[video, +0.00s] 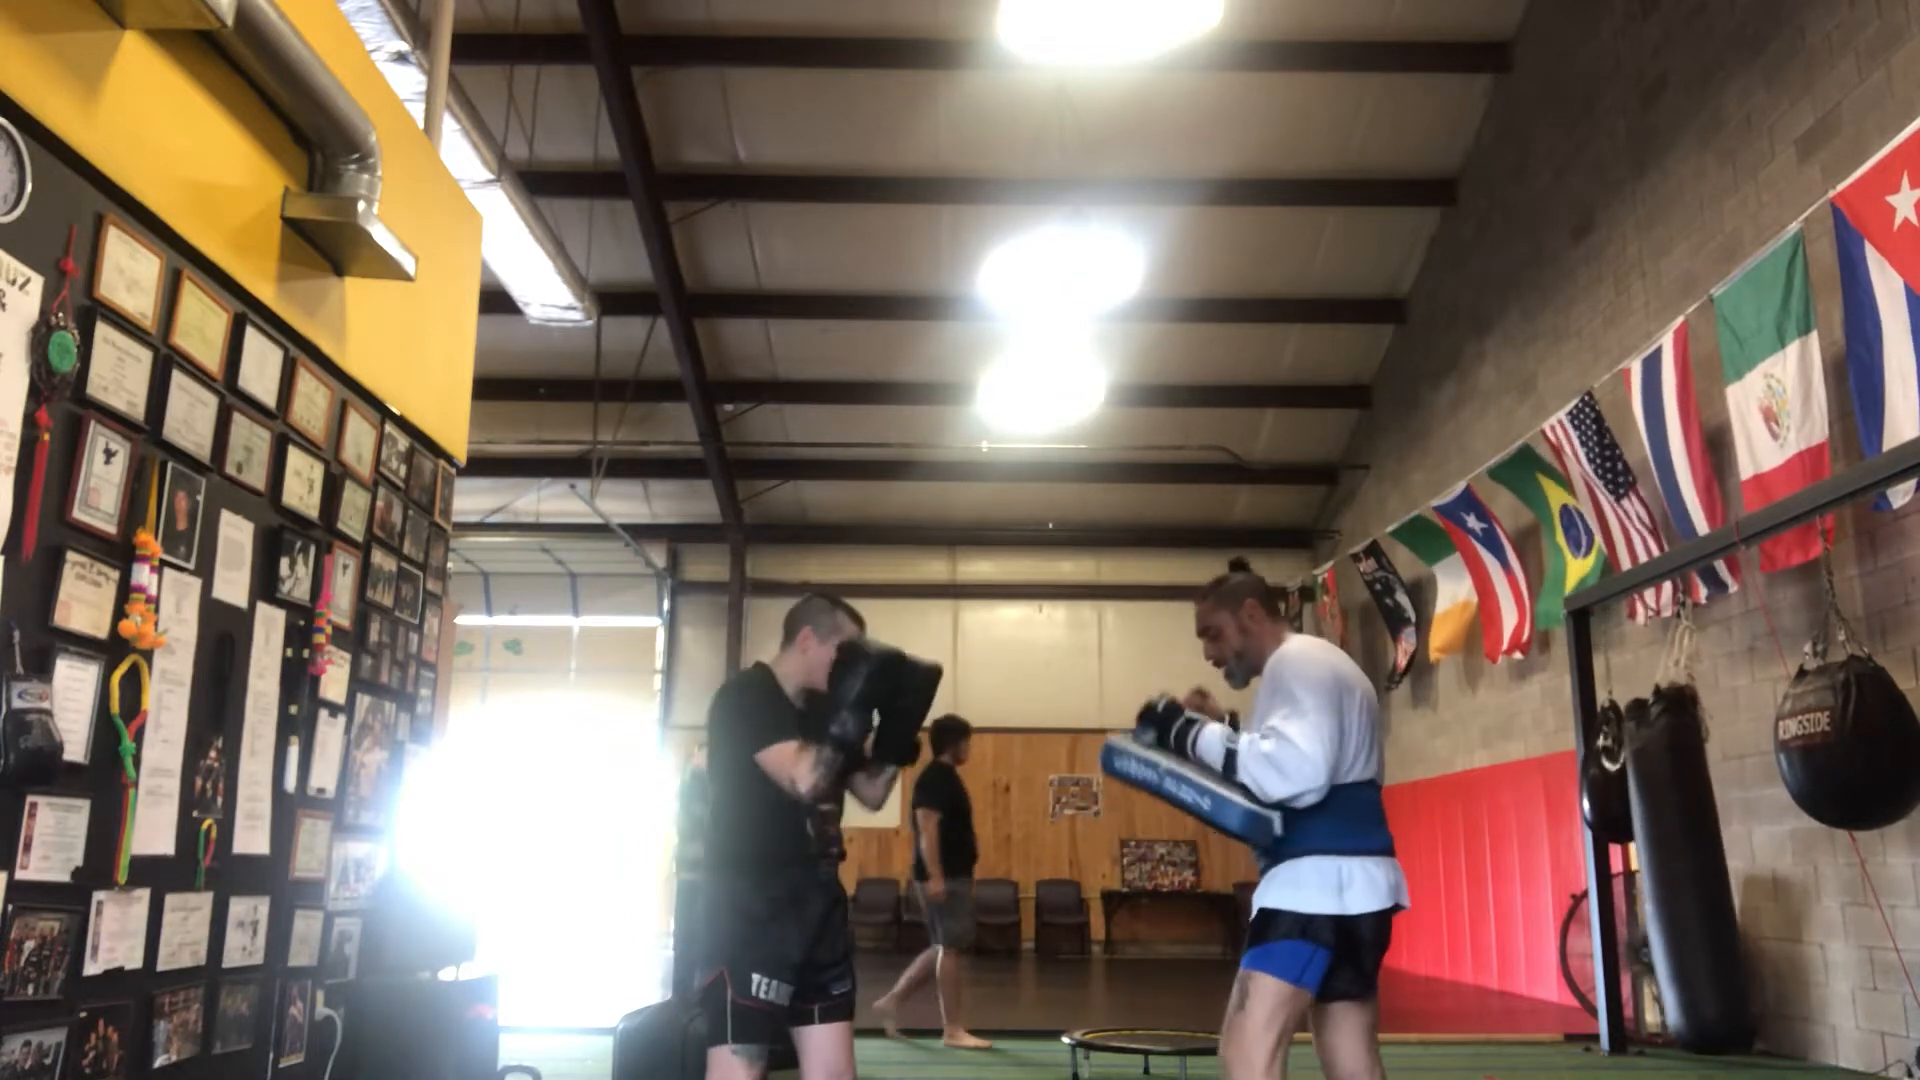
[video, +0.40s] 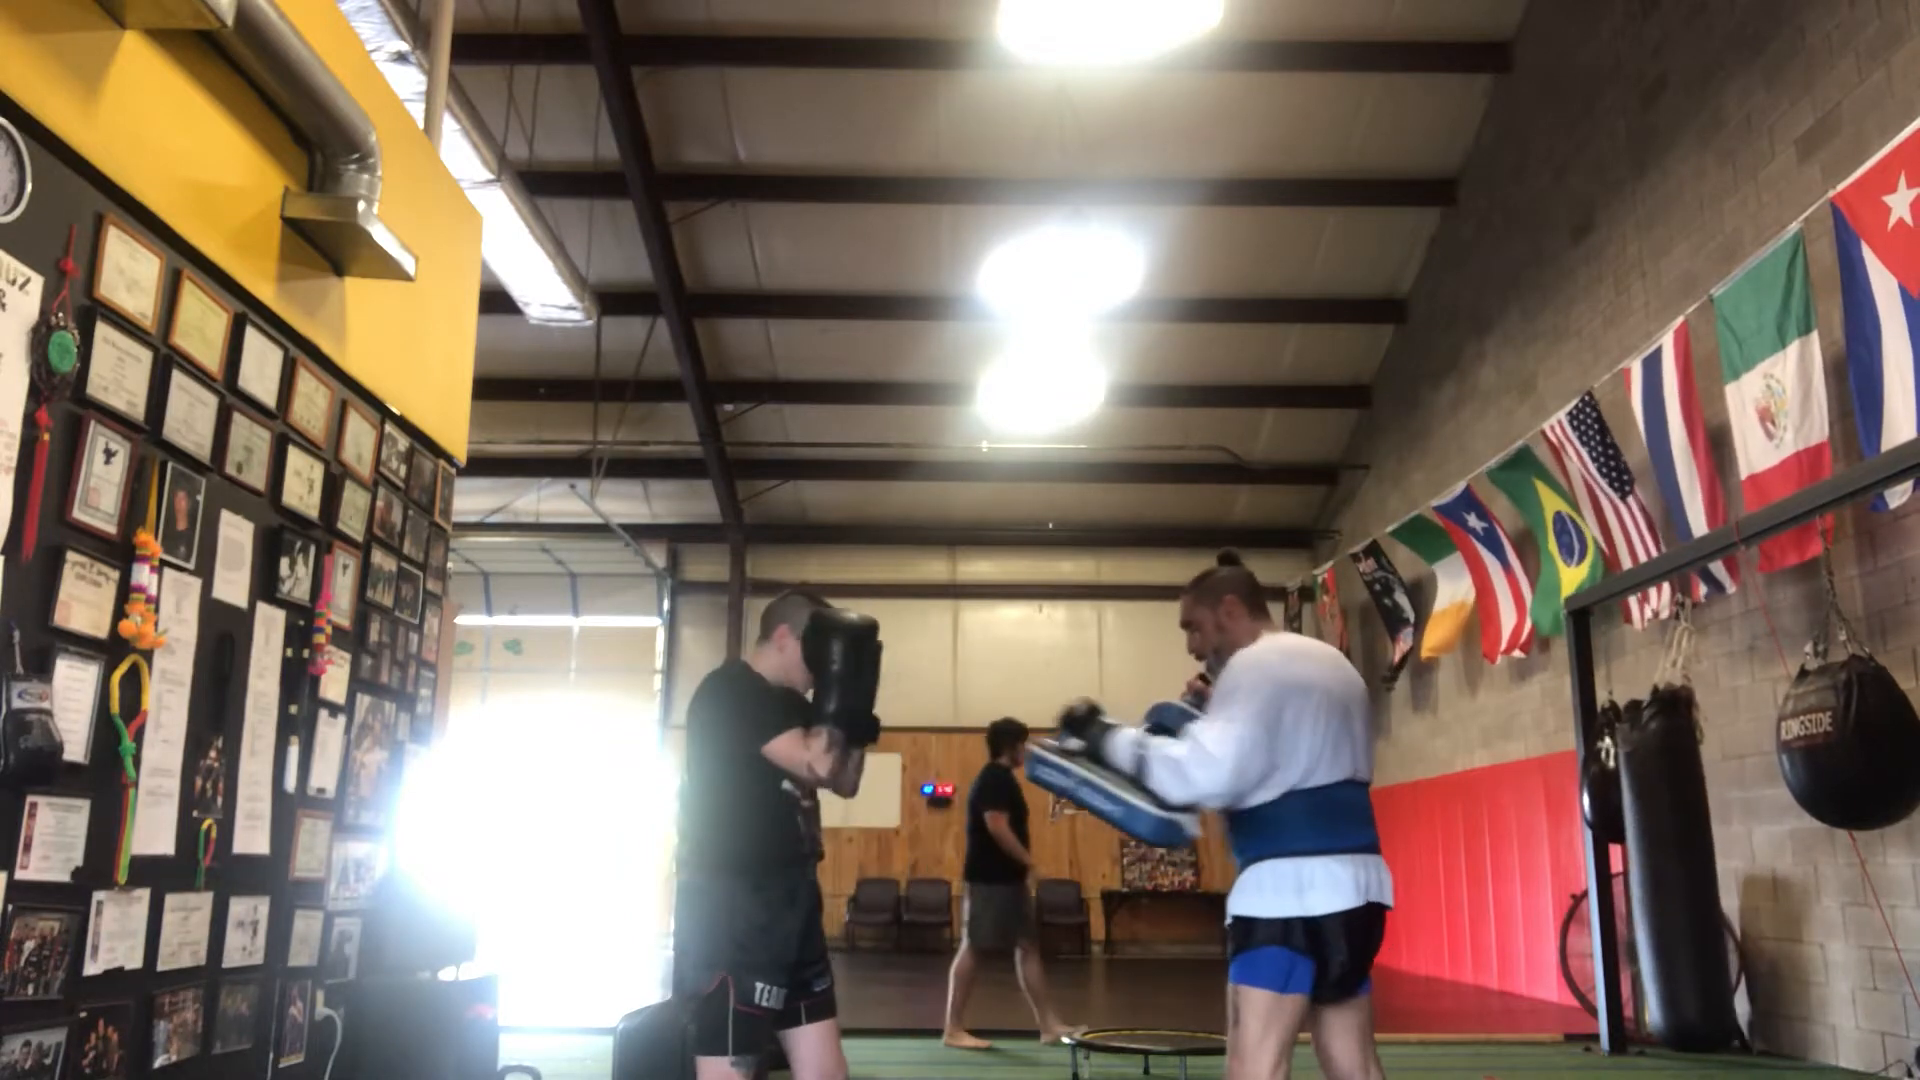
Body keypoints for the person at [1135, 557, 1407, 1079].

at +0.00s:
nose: (1208, 653)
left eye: (1212, 634)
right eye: (1203, 640)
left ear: (1251, 614)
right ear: (1252, 616)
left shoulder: (1297, 663)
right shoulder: (1333, 664)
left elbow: (1291, 771)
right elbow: (1307, 769)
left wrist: (1188, 733)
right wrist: (1224, 726)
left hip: (1312, 886)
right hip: (1361, 886)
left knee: (1247, 1053)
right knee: (1352, 1062)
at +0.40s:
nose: (1193, 645)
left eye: (1194, 629)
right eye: (1187, 632)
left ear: (1229, 611)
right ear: (1241, 609)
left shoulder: (1255, 668)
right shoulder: (1334, 663)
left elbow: (1208, 773)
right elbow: (1295, 758)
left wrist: (1105, 736)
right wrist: (1219, 712)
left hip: (1285, 895)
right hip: (1356, 889)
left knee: (1255, 1065)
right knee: (1352, 1062)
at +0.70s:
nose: (1167, 645)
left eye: (1167, 629)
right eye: (1163, 633)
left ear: (1199, 610)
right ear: (1216, 609)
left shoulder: (1209, 665)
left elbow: (1099, 724)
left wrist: (1015, 672)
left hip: (1260, 895)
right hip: (1342, 890)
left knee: (1231, 1067)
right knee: (1333, 1056)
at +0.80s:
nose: (1164, 644)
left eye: (1164, 629)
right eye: (1159, 631)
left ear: (1196, 609)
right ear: (1217, 606)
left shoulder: (1213, 665)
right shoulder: (1316, 660)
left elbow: (1120, 729)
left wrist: (1039, 666)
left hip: (1261, 890)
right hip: (1341, 885)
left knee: (1239, 1063)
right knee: (1329, 1050)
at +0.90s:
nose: (1166, 643)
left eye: (1166, 627)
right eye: (1161, 630)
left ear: (1201, 607)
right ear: (1215, 605)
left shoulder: (1225, 662)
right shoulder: (1314, 660)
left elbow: (1166, 749)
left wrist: (1074, 691)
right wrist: (1158, 717)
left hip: (1266, 889)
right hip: (1340, 883)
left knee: (1245, 1061)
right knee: (1330, 1050)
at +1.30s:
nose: (1190, 640)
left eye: (1192, 623)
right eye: (1186, 627)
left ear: (1230, 608)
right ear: (1239, 608)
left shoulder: (1261, 665)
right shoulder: (1330, 664)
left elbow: (1233, 776)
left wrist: (1130, 748)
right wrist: (1218, 709)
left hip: (1282, 890)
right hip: (1346, 885)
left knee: (1249, 1066)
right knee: (1351, 1061)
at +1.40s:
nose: (1195, 641)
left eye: (1198, 625)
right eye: (1191, 628)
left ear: (1235, 609)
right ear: (1244, 609)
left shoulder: (1259, 665)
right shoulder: (1336, 663)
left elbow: (1203, 762)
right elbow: (1283, 755)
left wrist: (1104, 712)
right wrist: (1203, 707)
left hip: (1286, 892)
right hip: (1356, 886)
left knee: (1245, 1065)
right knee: (1354, 1063)